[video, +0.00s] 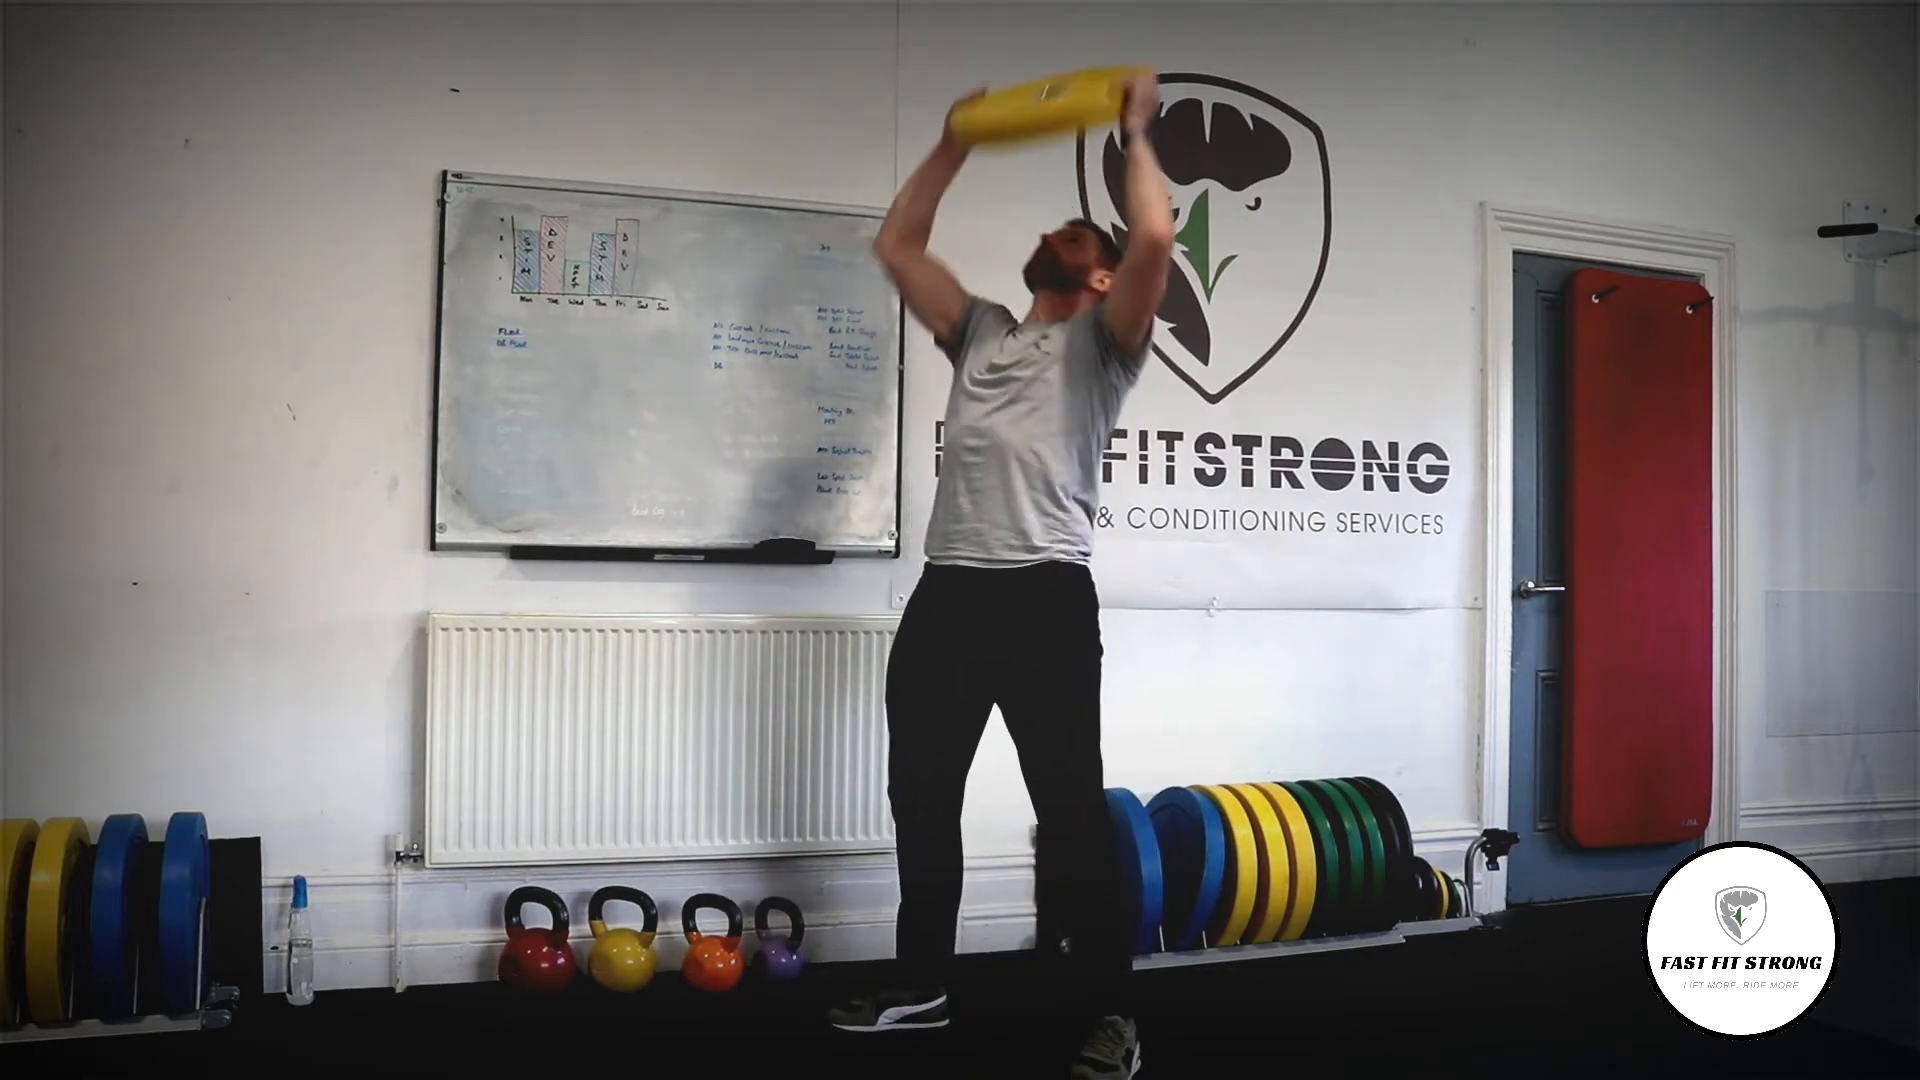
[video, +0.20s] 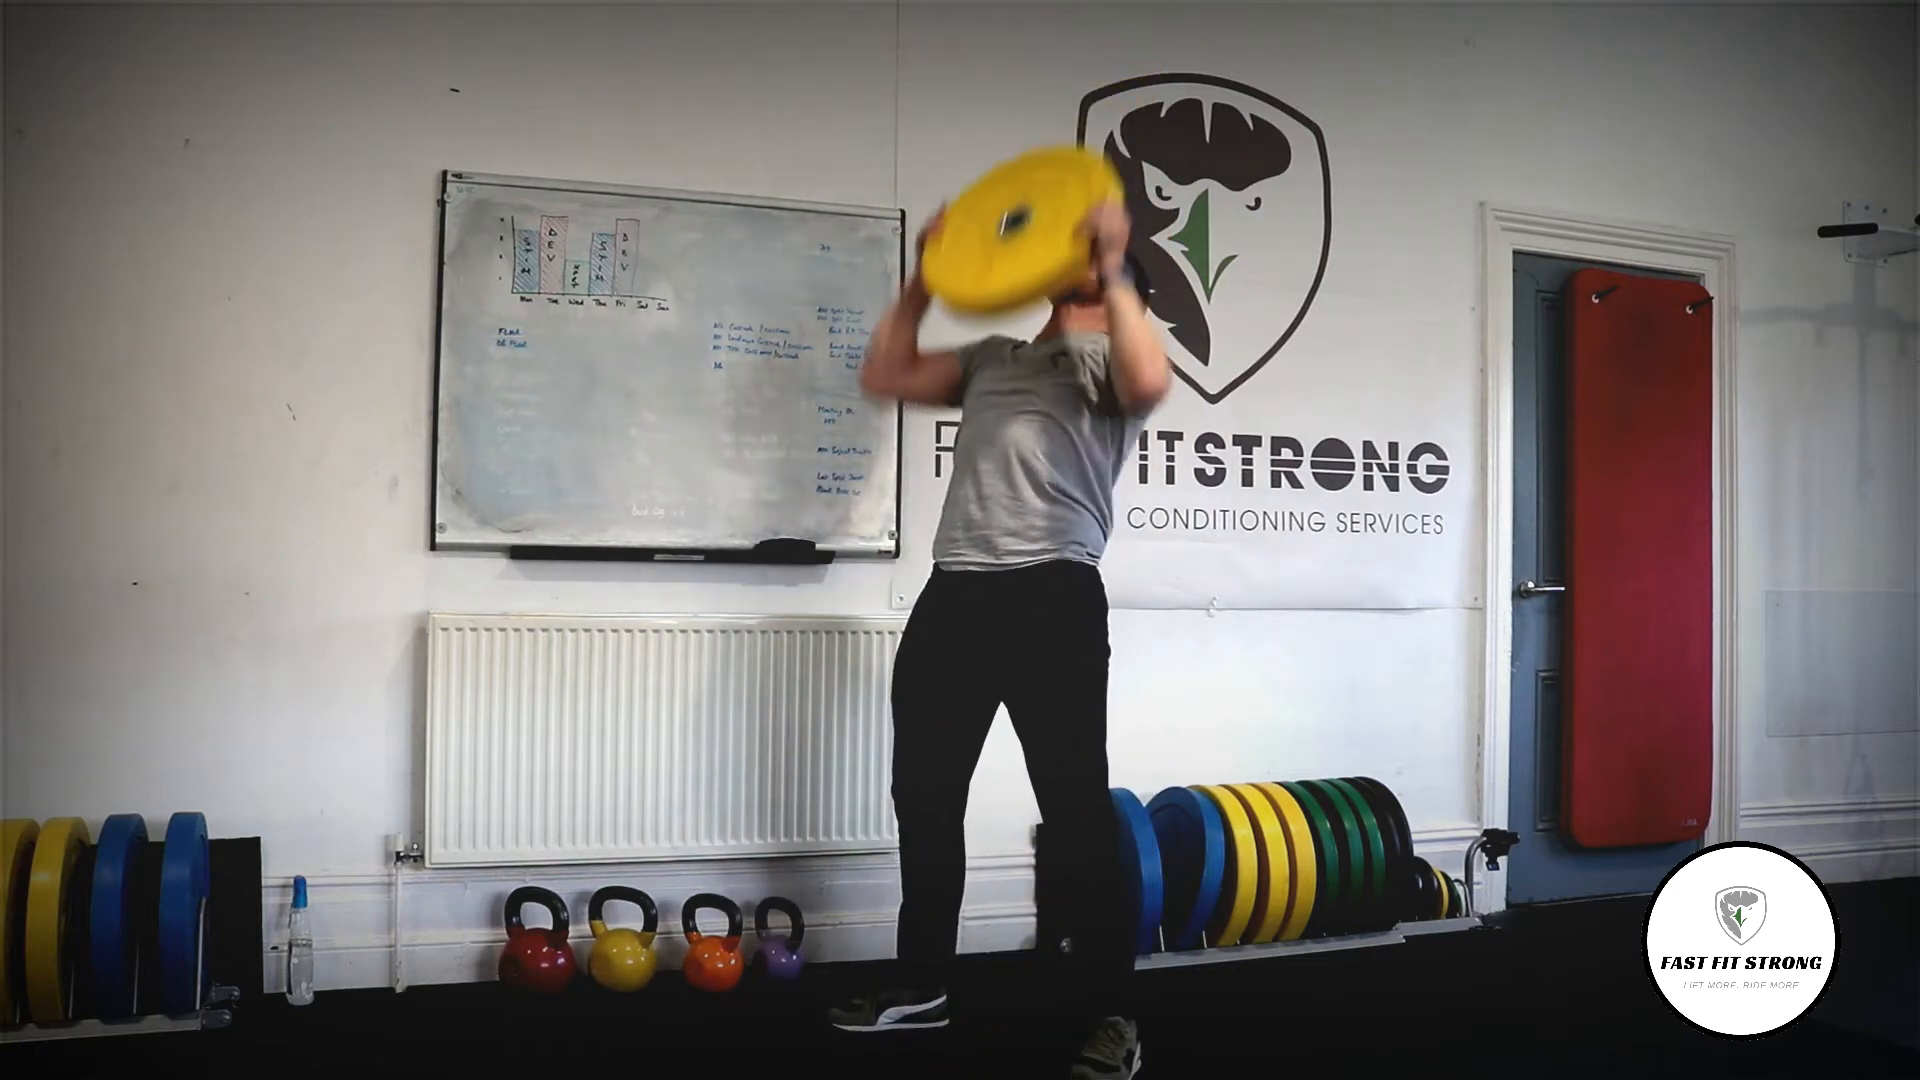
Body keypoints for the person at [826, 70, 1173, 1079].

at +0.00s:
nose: (1064, 240)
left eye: (1081, 238)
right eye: (1064, 238)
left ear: (1101, 272)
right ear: (1050, 269)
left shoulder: (1102, 343)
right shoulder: (977, 331)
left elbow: (1153, 240)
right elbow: (898, 245)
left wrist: (1137, 128)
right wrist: (955, 143)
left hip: (1047, 595)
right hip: (947, 594)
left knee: (1069, 804)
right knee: (921, 797)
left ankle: (1102, 1013)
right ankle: (922, 989)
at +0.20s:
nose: (1070, 261)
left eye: (1086, 251)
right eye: (1064, 247)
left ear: (1112, 274)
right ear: (1043, 267)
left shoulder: (1118, 354)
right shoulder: (992, 358)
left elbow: (1145, 386)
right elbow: (884, 376)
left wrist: (1113, 269)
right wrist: (919, 282)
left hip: (1053, 599)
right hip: (953, 600)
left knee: (1074, 806)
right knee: (925, 800)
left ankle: (1103, 1012)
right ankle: (923, 990)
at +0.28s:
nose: (1080, 270)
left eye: (1102, 266)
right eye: (1078, 261)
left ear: (1126, 300)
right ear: (1052, 276)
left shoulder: (1117, 371)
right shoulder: (992, 363)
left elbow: (1148, 441)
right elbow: (900, 437)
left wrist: (1105, 326)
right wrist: (918, 333)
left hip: (1053, 594)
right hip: (953, 596)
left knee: (1074, 805)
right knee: (923, 800)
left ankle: (1105, 1010)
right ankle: (923, 989)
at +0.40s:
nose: (1057, 267)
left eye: (1080, 260)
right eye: (1056, 254)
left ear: (1111, 297)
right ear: (1038, 282)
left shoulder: (1123, 375)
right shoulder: (989, 360)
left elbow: (1146, 493)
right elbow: (933, 489)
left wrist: (1097, 379)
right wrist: (921, 377)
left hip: (1050, 596)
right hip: (951, 597)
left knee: (1070, 805)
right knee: (917, 802)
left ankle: (1102, 1012)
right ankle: (922, 992)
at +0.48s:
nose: (1046, 257)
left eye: (1067, 250)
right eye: (1046, 247)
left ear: (1106, 287)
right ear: (1034, 272)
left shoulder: (1123, 372)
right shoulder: (986, 358)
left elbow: (1147, 498)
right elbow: (940, 489)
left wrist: (1091, 397)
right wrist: (916, 387)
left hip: (1052, 599)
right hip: (954, 597)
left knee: (1070, 805)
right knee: (915, 798)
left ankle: (1104, 1012)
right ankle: (921, 991)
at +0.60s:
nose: (1027, 259)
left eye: (1047, 247)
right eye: (1025, 247)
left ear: (1093, 268)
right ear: (1020, 261)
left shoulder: (1118, 349)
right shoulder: (993, 344)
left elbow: (1162, 480)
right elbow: (946, 466)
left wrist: (1083, 416)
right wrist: (897, 399)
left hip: (1058, 595)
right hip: (960, 597)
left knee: (1074, 803)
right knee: (921, 796)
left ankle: (1104, 1013)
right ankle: (923, 991)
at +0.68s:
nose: (1018, 262)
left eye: (1036, 248)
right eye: (1015, 249)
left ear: (1083, 261)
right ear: (1014, 260)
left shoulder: (1116, 343)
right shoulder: (991, 353)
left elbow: (1162, 465)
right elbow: (952, 458)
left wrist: (1077, 435)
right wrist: (882, 421)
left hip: (1064, 597)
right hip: (967, 598)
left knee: (1080, 804)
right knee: (928, 795)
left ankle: (1107, 1012)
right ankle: (924, 989)